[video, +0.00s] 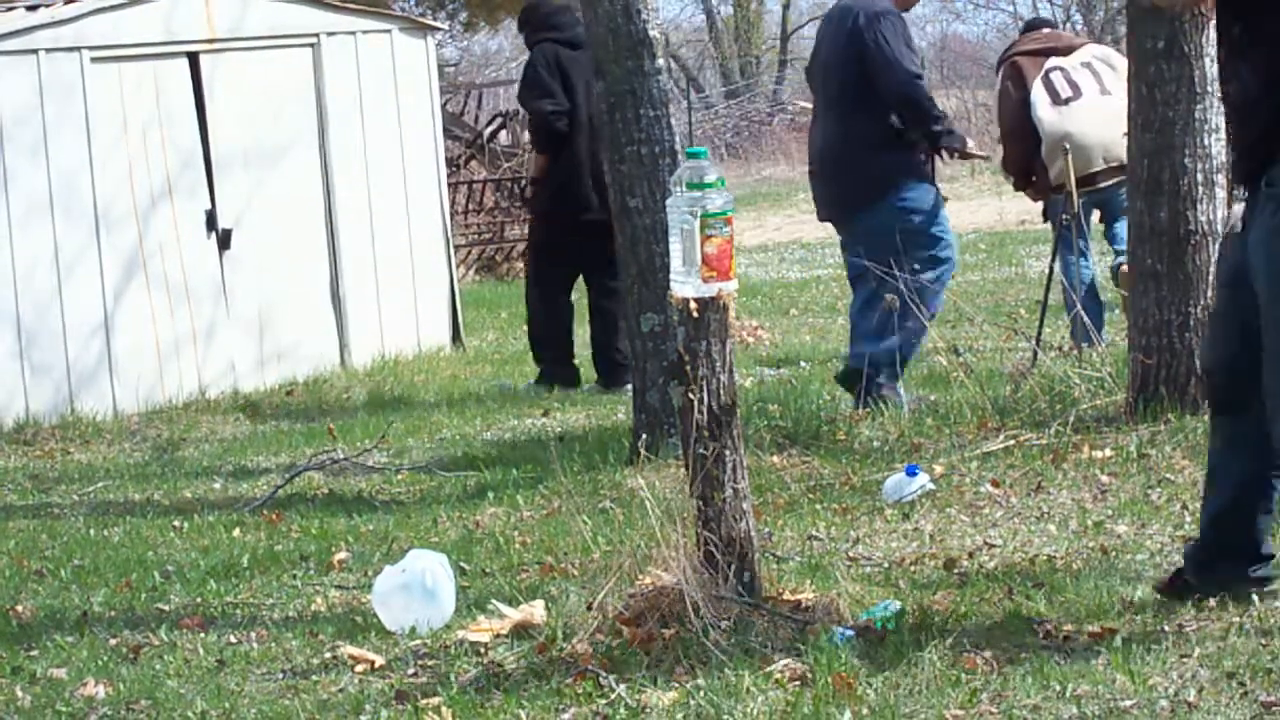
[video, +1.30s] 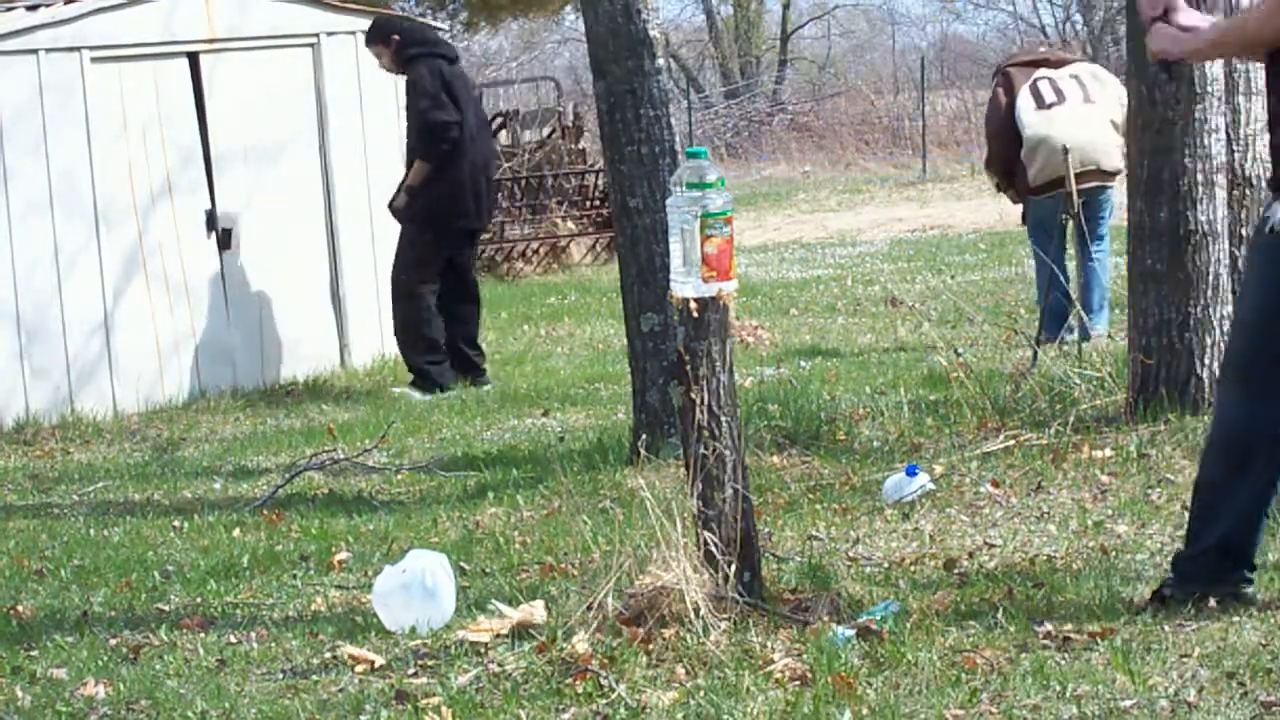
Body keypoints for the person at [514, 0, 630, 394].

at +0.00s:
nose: (526, 38)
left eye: (526, 30)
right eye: (525, 31)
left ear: (536, 26)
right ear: (575, 17)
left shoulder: (545, 57)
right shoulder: (605, 51)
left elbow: (551, 121)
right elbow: (634, 113)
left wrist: (538, 172)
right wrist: (622, 164)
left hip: (562, 196)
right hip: (612, 191)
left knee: (547, 286)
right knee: (610, 284)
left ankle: (557, 374)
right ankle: (617, 372)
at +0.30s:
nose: (475, 50)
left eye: (475, 42)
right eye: (475, 43)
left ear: (484, 40)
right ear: (517, 30)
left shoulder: (492, 74)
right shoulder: (556, 65)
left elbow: (501, 137)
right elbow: (588, 117)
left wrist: (493, 184)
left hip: (521, 202)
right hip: (565, 193)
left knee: (517, 292)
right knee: (575, 284)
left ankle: (506, 376)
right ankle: (610, 368)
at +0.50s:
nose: (445, 50)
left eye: (446, 44)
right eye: (445, 44)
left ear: (455, 42)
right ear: (491, 31)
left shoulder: (462, 76)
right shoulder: (528, 64)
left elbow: (469, 137)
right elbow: (560, 115)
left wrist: (466, 176)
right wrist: (542, 157)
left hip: (491, 197)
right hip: (536, 188)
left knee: (491, 284)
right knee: (526, 271)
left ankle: (503, 377)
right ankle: (568, 337)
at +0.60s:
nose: (436, 50)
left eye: (436, 43)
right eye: (436, 43)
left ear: (443, 42)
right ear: (478, 31)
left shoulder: (450, 78)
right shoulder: (515, 62)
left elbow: (461, 132)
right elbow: (548, 113)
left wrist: (455, 178)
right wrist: (533, 155)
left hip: (483, 192)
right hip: (527, 183)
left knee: (486, 279)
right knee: (510, 271)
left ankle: (501, 372)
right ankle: (539, 350)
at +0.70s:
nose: (427, 49)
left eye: (427, 43)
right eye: (426, 43)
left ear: (435, 40)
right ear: (469, 30)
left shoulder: (442, 72)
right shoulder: (504, 62)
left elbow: (451, 134)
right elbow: (539, 112)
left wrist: (445, 189)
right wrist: (518, 150)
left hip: (475, 190)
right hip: (514, 182)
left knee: (484, 279)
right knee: (497, 276)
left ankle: (502, 373)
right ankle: (504, 369)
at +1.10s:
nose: (400, 62)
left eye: (399, 55)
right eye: (397, 56)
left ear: (409, 46)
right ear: (429, 38)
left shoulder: (425, 70)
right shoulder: (471, 69)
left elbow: (435, 135)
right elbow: (502, 122)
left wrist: (416, 188)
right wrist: (492, 176)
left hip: (446, 194)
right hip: (481, 191)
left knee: (432, 277)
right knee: (469, 276)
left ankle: (483, 361)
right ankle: (465, 365)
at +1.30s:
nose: (381, 65)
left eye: (379, 56)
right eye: (376, 59)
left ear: (395, 43)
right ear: (400, 40)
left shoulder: (422, 69)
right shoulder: (451, 67)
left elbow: (439, 130)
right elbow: (479, 133)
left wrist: (408, 186)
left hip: (440, 200)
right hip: (472, 196)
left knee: (411, 283)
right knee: (458, 280)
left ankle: (431, 379)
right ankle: (469, 369)